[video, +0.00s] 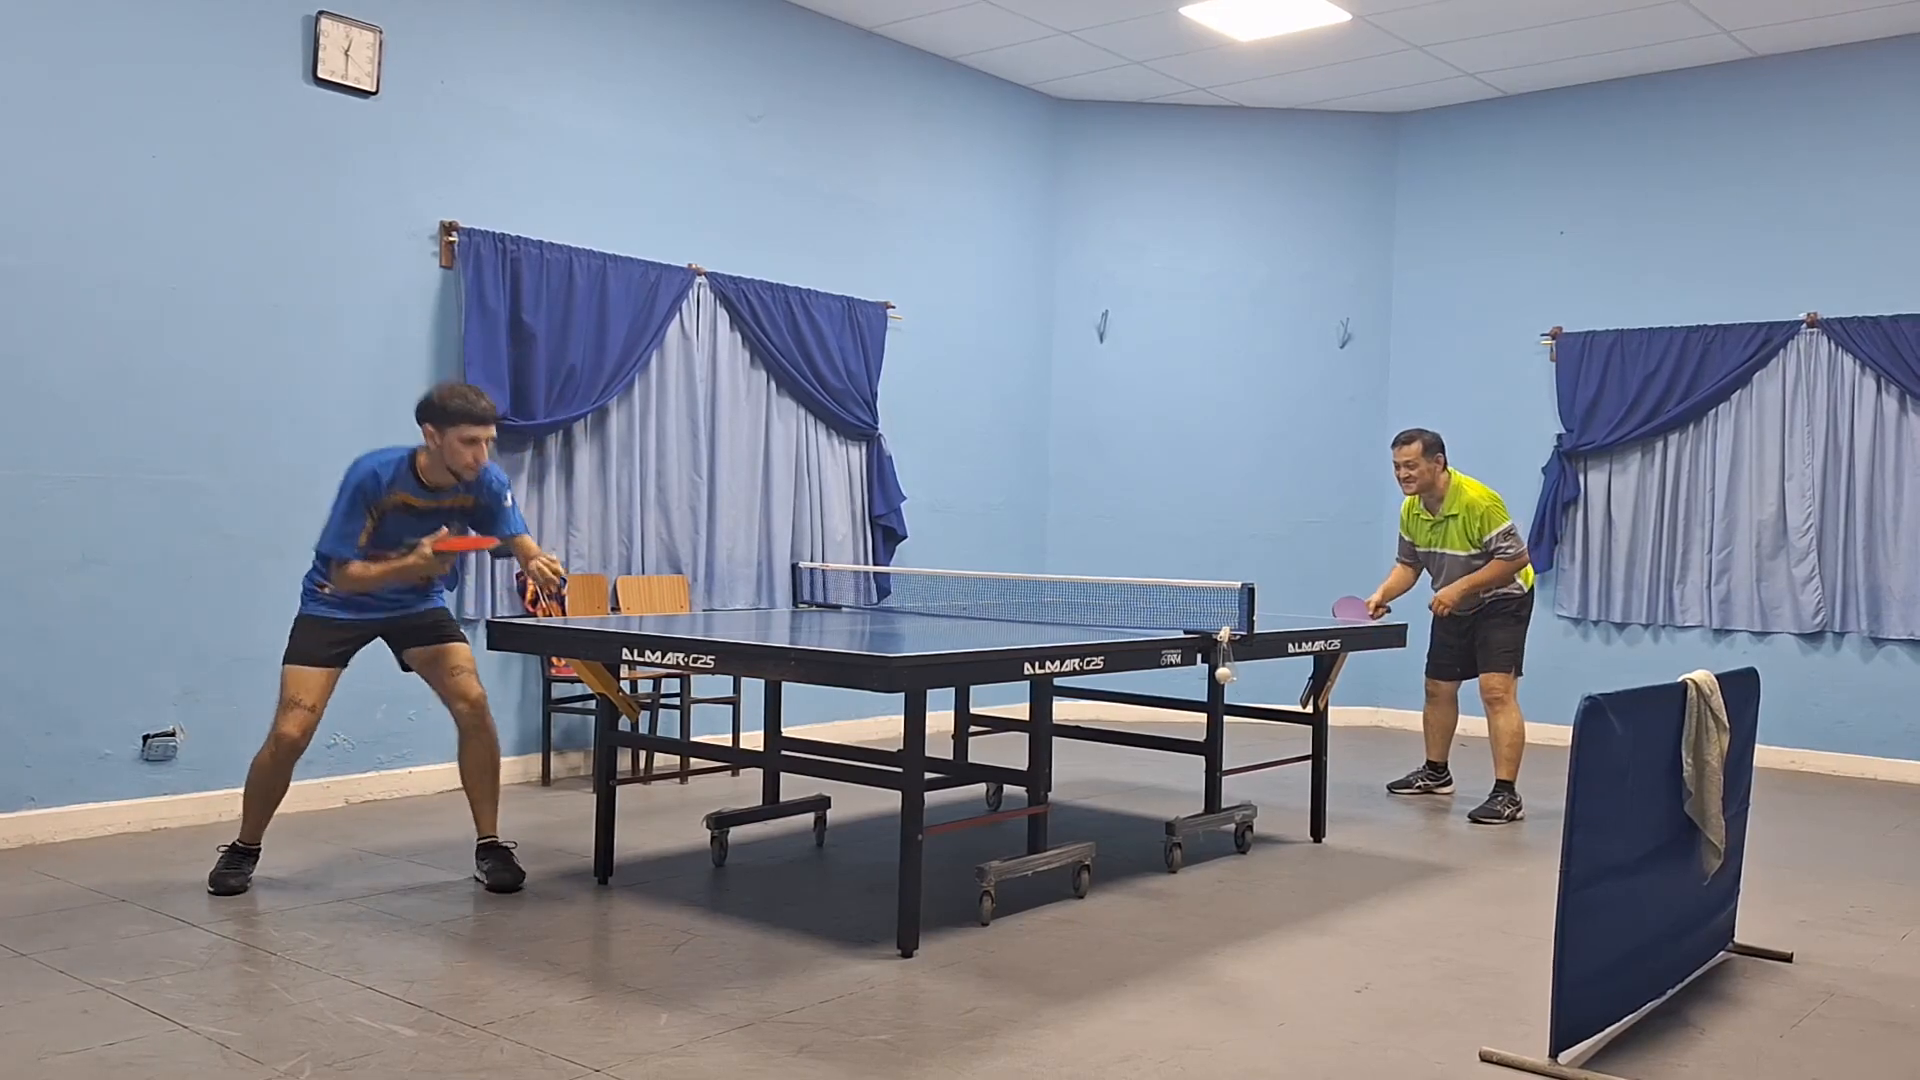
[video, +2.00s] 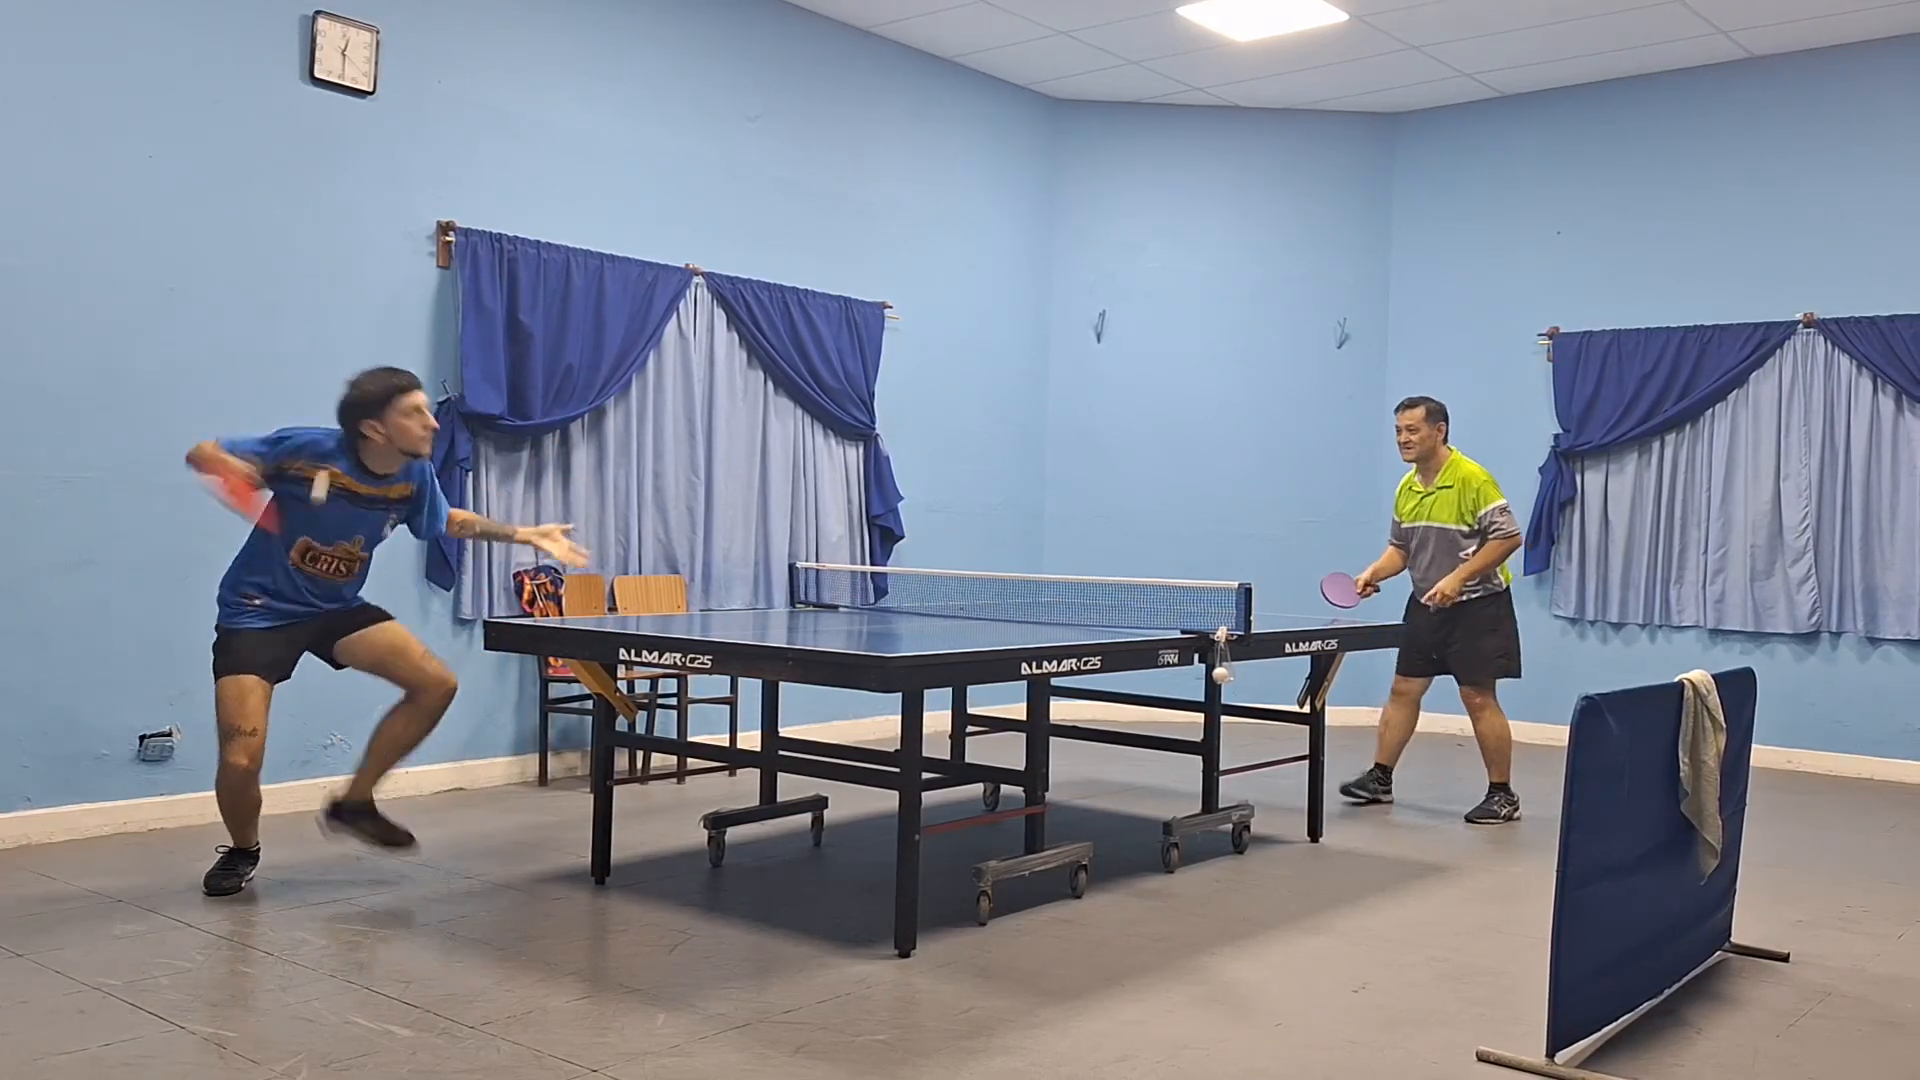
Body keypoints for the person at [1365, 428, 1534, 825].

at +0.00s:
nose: (1402, 473)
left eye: (1411, 465)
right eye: (1398, 466)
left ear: (1438, 464)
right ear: (1395, 468)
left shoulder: (1478, 502)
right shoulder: (1411, 509)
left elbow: (1515, 557)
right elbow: (1408, 564)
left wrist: (1461, 589)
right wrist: (1382, 594)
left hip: (1501, 601)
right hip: (1451, 605)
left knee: (1496, 690)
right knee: (1438, 686)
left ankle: (1506, 793)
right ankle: (1435, 770)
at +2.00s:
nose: (1403, 438)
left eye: (1412, 430)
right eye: (1399, 431)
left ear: (1439, 431)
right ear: (1397, 435)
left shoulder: (1471, 478)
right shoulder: (1407, 488)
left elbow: (1508, 535)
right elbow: (1400, 549)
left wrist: (1458, 578)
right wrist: (1374, 573)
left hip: (1476, 608)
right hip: (1425, 607)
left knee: (1478, 698)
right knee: (1404, 688)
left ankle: (1501, 793)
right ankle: (1380, 777)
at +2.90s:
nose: (1404, 468)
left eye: (1415, 460)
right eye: (1397, 459)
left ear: (1438, 460)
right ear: (1389, 457)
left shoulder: (1461, 499)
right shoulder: (1377, 498)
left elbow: (1484, 552)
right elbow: (1344, 528)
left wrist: (1496, 603)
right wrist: (1327, 538)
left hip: (1445, 617)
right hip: (1381, 616)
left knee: (1472, 702)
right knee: (1374, 695)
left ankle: (1485, 788)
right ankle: (1356, 794)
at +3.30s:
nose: (1401, 444)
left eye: (1411, 435)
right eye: (1397, 436)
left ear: (1439, 438)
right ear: (1395, 442)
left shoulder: (1480, 487)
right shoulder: (1396, 495)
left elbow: (1525, 541)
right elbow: (1379, 546)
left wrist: (1484, 591)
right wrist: (1338, 561)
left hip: (1479, 614)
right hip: (1417, 613)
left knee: (1501, 704)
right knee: (1387, 690)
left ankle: (1526, 796)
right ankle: (1356, 786)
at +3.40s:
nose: (1400, 443)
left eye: (1408, 434)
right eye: (1397, 436)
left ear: (1438, 436)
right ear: (1398, 442)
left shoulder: (1471, 479)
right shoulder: (1413, 492)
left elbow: (1502, 535)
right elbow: (1404, 552)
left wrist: (1437, 561)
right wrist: (1362, 572)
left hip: (1489, 608)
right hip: (1432, 608)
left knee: (1503, 704)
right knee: (1391, 682)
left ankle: (1526, 796)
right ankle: (1398, 775)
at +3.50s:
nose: (1399, 458)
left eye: (1405, 449)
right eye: (1395, 452)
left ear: (1433, 446)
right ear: (1395, 457)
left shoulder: (1462, 482)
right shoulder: (1426, 500)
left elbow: (1441, 549)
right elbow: (1426, 571)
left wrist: (1395, 548)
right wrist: (1386, 608)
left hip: (1494, 607)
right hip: (1446, 611)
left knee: (1494, 705)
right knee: (1407, 685)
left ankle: (1528, 797)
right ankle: (1428, 763)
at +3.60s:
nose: (1390, 473)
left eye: (1396, 464)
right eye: (1387, 467)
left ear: (1424, 460)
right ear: (1424, 464)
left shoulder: (1444, 493)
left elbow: (1397, 553)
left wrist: (1362, 563)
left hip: (1491, 611)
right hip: (1457, 617)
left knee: (1477, 708)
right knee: (1424, 695)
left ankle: (1528, 798)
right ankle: (1434, 775)